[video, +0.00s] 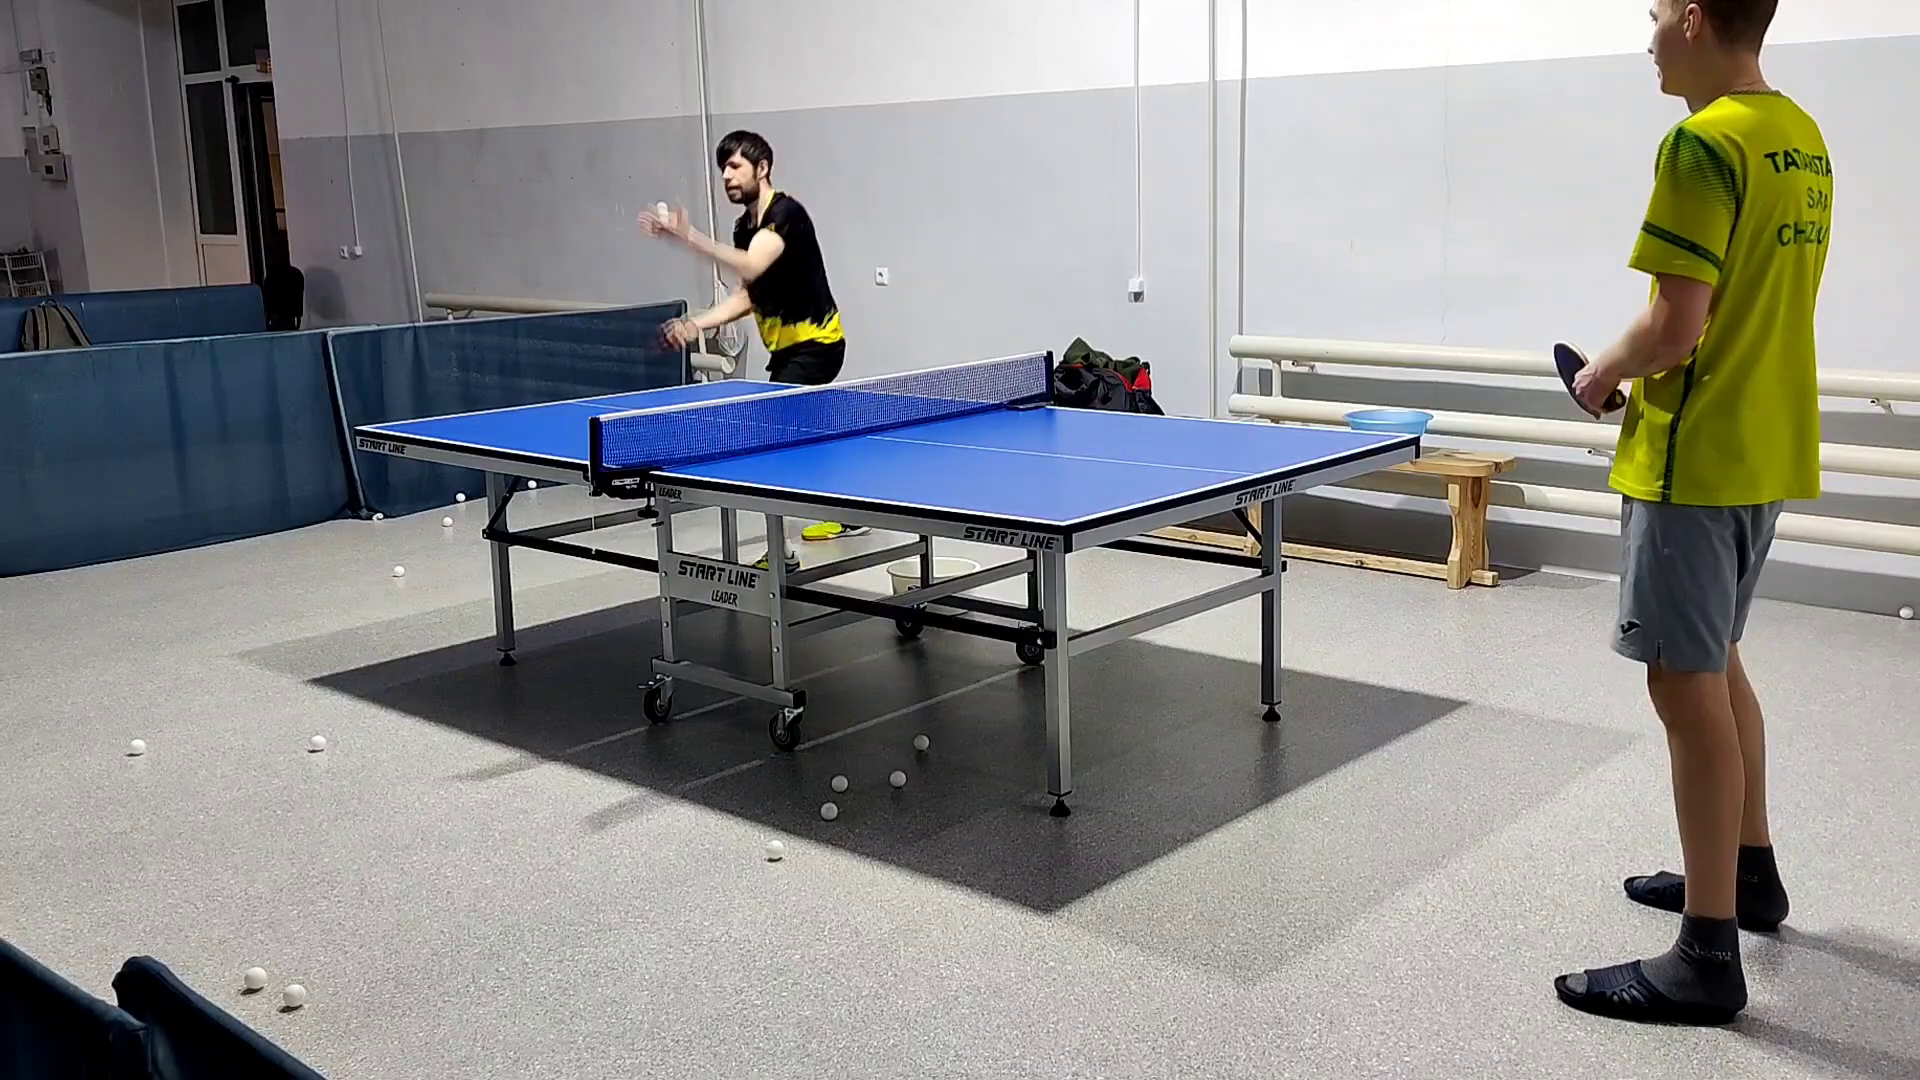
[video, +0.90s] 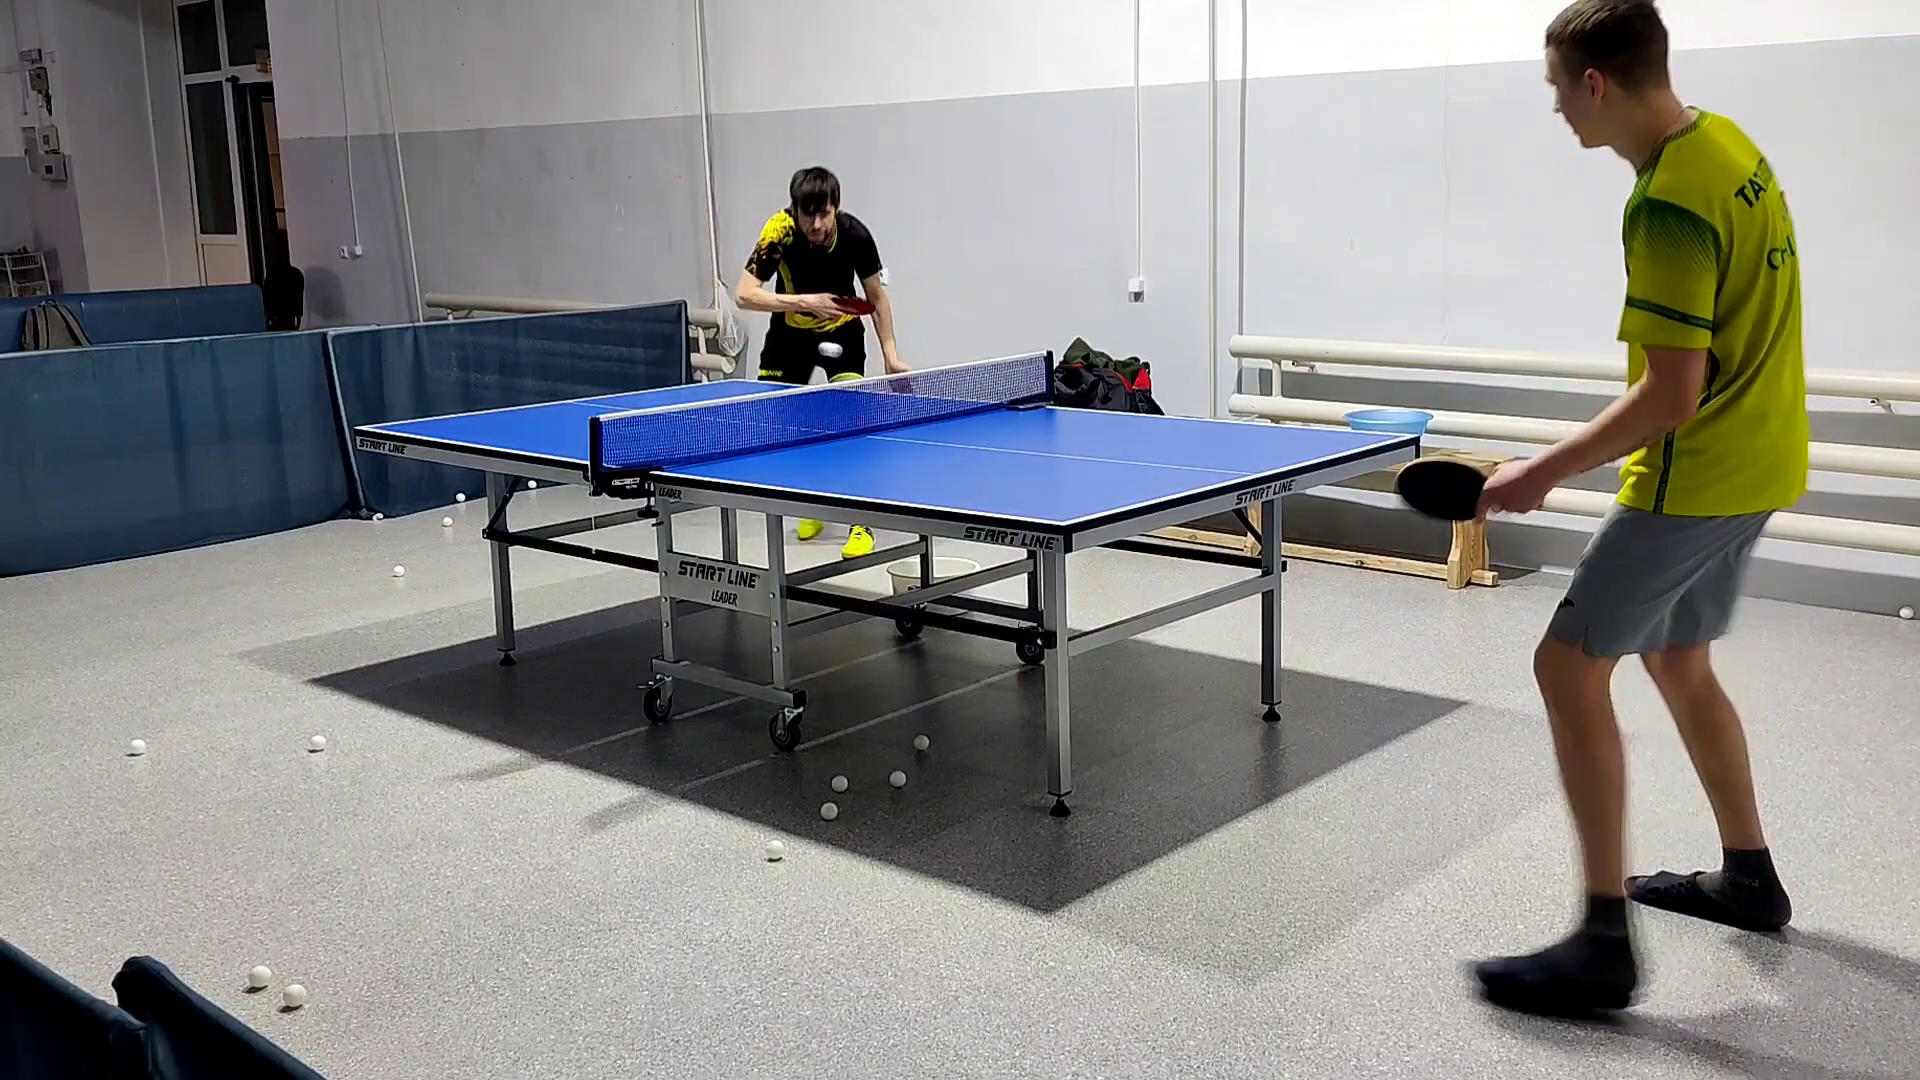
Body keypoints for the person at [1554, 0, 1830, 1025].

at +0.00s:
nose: (1651, 38)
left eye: (1656, 19)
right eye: (1655, 20)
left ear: (1691, 20)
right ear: (1749, 26)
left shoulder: (1702, 142)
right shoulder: (1801, 135)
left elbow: (1675, 329)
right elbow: (1774, 303)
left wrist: (1606, 370)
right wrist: (1644, 362)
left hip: (1696, 462)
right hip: (1762, 453)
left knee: (1685, 691)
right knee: (1713, 666)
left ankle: (1706, 960)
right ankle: (1747, 868)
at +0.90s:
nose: (1559, 113)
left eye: (1559, 93)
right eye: (1555, 94)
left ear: (1597, 83)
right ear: (1645, 73)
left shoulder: (1671, 195)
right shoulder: (1724, 148)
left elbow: (1669, 395)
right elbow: (1730, 345)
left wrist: (1544, 470)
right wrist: (1591, 450)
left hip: (1695, 480)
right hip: (1757, 466)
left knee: (1568, 666)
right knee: (1676, 652)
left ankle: (1602, 941)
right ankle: (1750, 877)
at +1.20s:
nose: (1463, 162)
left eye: (1467, 139)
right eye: (1456, 141)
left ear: (1517, 120)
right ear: (1528, 119)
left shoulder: (1624, 220)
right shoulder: (1584, 198)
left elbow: (1625, 418)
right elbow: (1613, 387)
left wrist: (1491, 489)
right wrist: (1512, 480)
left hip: (1641, 504)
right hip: (1655, 492)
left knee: (1510, 685)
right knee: (1650, 674)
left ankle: (1515, 954)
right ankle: (1746, 878)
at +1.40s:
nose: (1356, 228)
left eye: (1359, 206)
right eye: (1349, 208)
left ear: (1414, 186)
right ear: (1426, 182)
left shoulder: (1509, 273)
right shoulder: (1537, 210)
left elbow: (1476, 468)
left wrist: (1328, 518)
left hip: (1604, 517)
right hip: (1667, 489)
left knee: (1439, 696)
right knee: (1631, 680)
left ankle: (1509, 956)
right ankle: (1741, 876)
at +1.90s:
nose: (1405, 219)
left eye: (1405, 199)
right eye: (1400, 200)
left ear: (1438, 190)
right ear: (1492, 169)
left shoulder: (1473, 313)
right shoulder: (1613, 206)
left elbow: (1476, 482)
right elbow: (1650, 354)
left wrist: (1438, 474)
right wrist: (1525, 429)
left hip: (1648, 541)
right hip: (1766, 512)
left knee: (1471, 694)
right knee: (1725, 710)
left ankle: (1509, 955)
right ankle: (1890, 935)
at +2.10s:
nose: (1545, 190)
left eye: (1548, 167)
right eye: (1542, 168)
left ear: (1585, 157)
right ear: (1639, 144)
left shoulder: (1625, 287)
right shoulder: (1754, 201)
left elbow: (1628, 492)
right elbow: (1806, 373)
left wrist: (1558, 535)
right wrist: (1664, 470)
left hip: (1751, 559)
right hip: (1864, 536)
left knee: (1555, 703)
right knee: (1797, 758)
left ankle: (1519, 957)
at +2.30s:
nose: (1672, 168)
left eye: (1678, 145)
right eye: (1670, 147)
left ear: (1727, 135)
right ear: (1766, 127)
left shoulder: (1778, 270)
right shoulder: (1878, 192)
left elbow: (1777, 487)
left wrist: (1644, 550)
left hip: (1868, 569)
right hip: (1919, 557)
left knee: (1667, 721)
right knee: (1847, 766)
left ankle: (1624, 995)